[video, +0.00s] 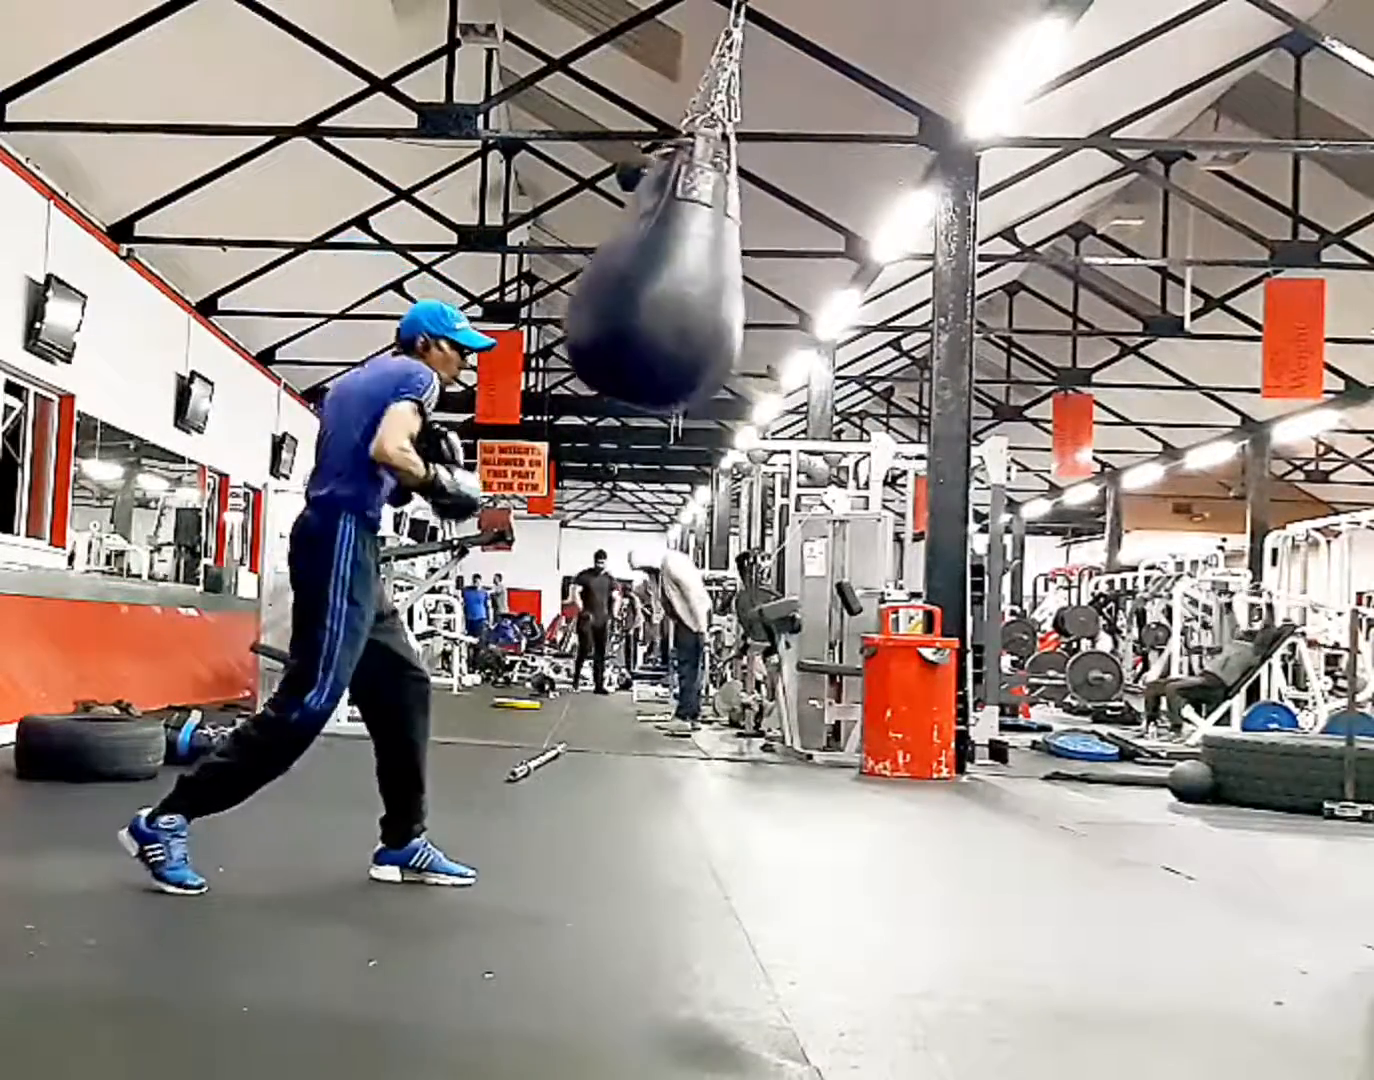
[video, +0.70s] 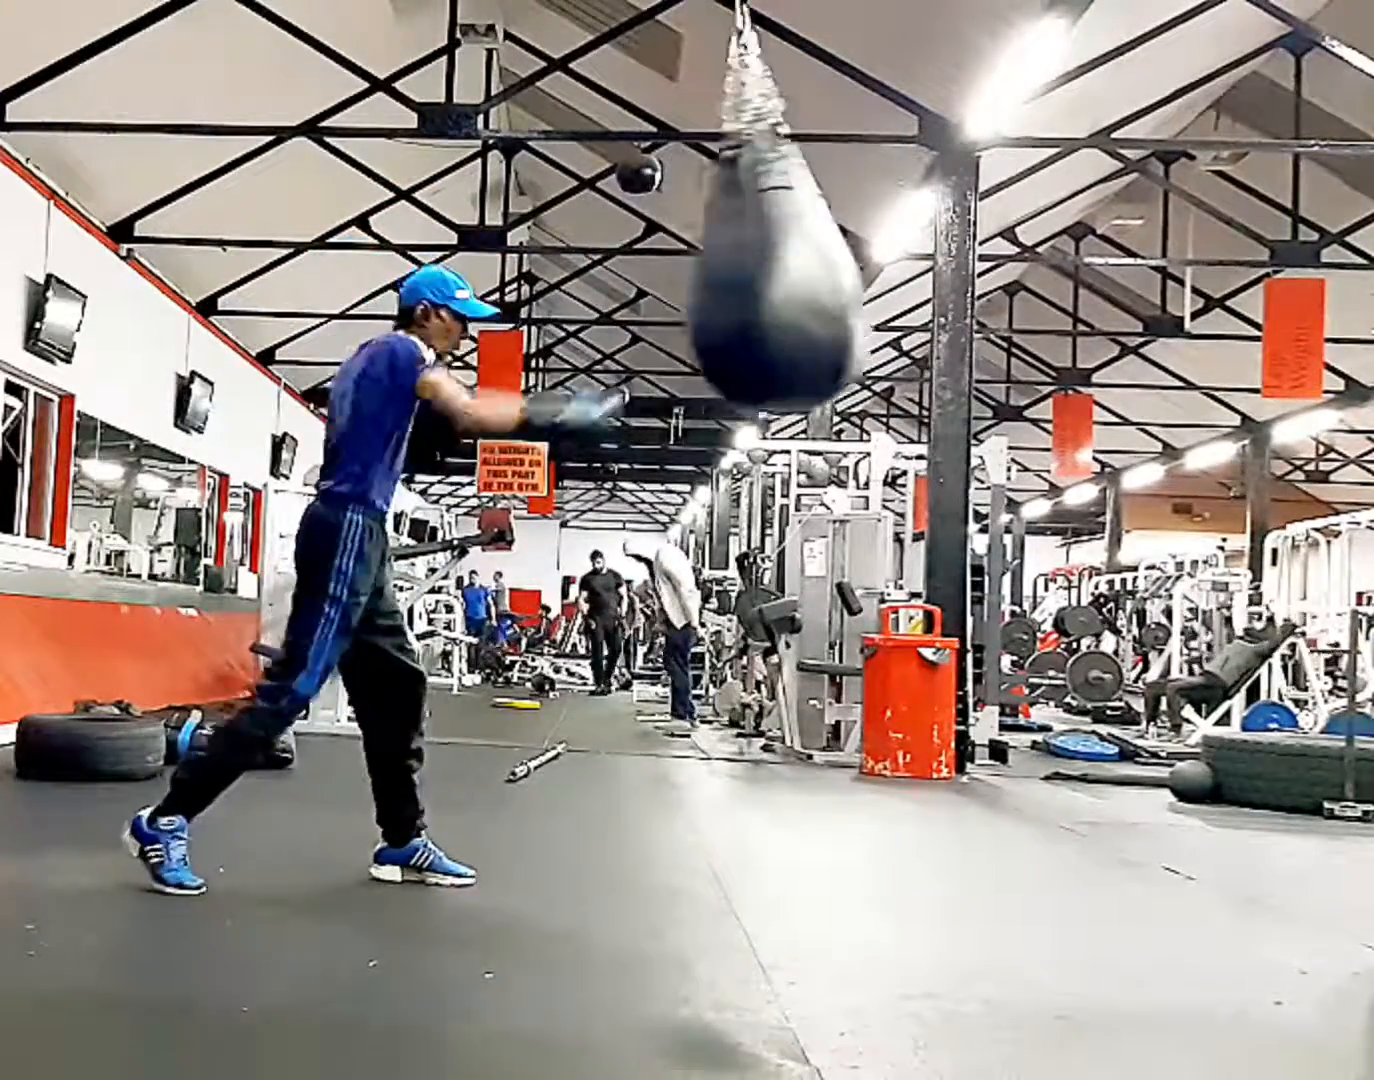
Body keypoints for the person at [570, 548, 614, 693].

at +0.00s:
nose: (600, 564)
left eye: (603, 562)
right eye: (598, 561)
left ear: (606, 562)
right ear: (594, 561)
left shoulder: (609, 579)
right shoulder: (584, 576)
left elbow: (617, 596)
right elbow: (574, 592)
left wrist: (614, 613)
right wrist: (580, 608)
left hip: (603, 617)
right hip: (587, 616)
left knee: (600, 653)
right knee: (585, 649)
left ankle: (599, 684)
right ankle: (576, 681)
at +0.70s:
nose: (598, 564)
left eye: (600, 561)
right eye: (595, 562)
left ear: (604, 561)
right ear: (592, 563)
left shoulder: (615, 576)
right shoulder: (587, 579)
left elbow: (624, 595)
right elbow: (581, 599)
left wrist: (622, 612)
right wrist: (586, 616)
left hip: (612, 617)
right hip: (595, 618)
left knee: (616, 649)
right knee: (597, 651)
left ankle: (607, 679)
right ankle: (599, 682)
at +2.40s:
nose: (589, 567)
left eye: (591, 562)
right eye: (587, 563)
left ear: (598, 559)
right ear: (589, 563)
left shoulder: (609, 574)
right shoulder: (599, 575)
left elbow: (609, 601)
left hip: (608, 622)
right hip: (598, 621)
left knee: (606, 655)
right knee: (596, 654)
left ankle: (605, 686)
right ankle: (594, 684)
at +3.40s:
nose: (578, 565)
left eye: (579, 561)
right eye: (576, 563)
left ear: (586, 557)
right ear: (578, 563)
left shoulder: (598, 569)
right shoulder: (588, 577)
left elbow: (608, 582)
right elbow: (588, 597)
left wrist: (595, 596)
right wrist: (582, 600)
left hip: (600, 616)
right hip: (590, 617)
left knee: (599, 652)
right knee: (591, 652)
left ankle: (602, 685)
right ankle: (594, 684)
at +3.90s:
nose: (573, 568)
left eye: (573, 564)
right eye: (572, 565)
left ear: (579, 559)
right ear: (575, 563)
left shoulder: (591, 570)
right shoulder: (586, 574)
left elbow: (599, 581)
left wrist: (595, 598)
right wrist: (580, 600)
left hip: (594, 612)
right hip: (591, 613)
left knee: (582, 646)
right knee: (591, 649)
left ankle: (587, 683)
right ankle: (593, 683)